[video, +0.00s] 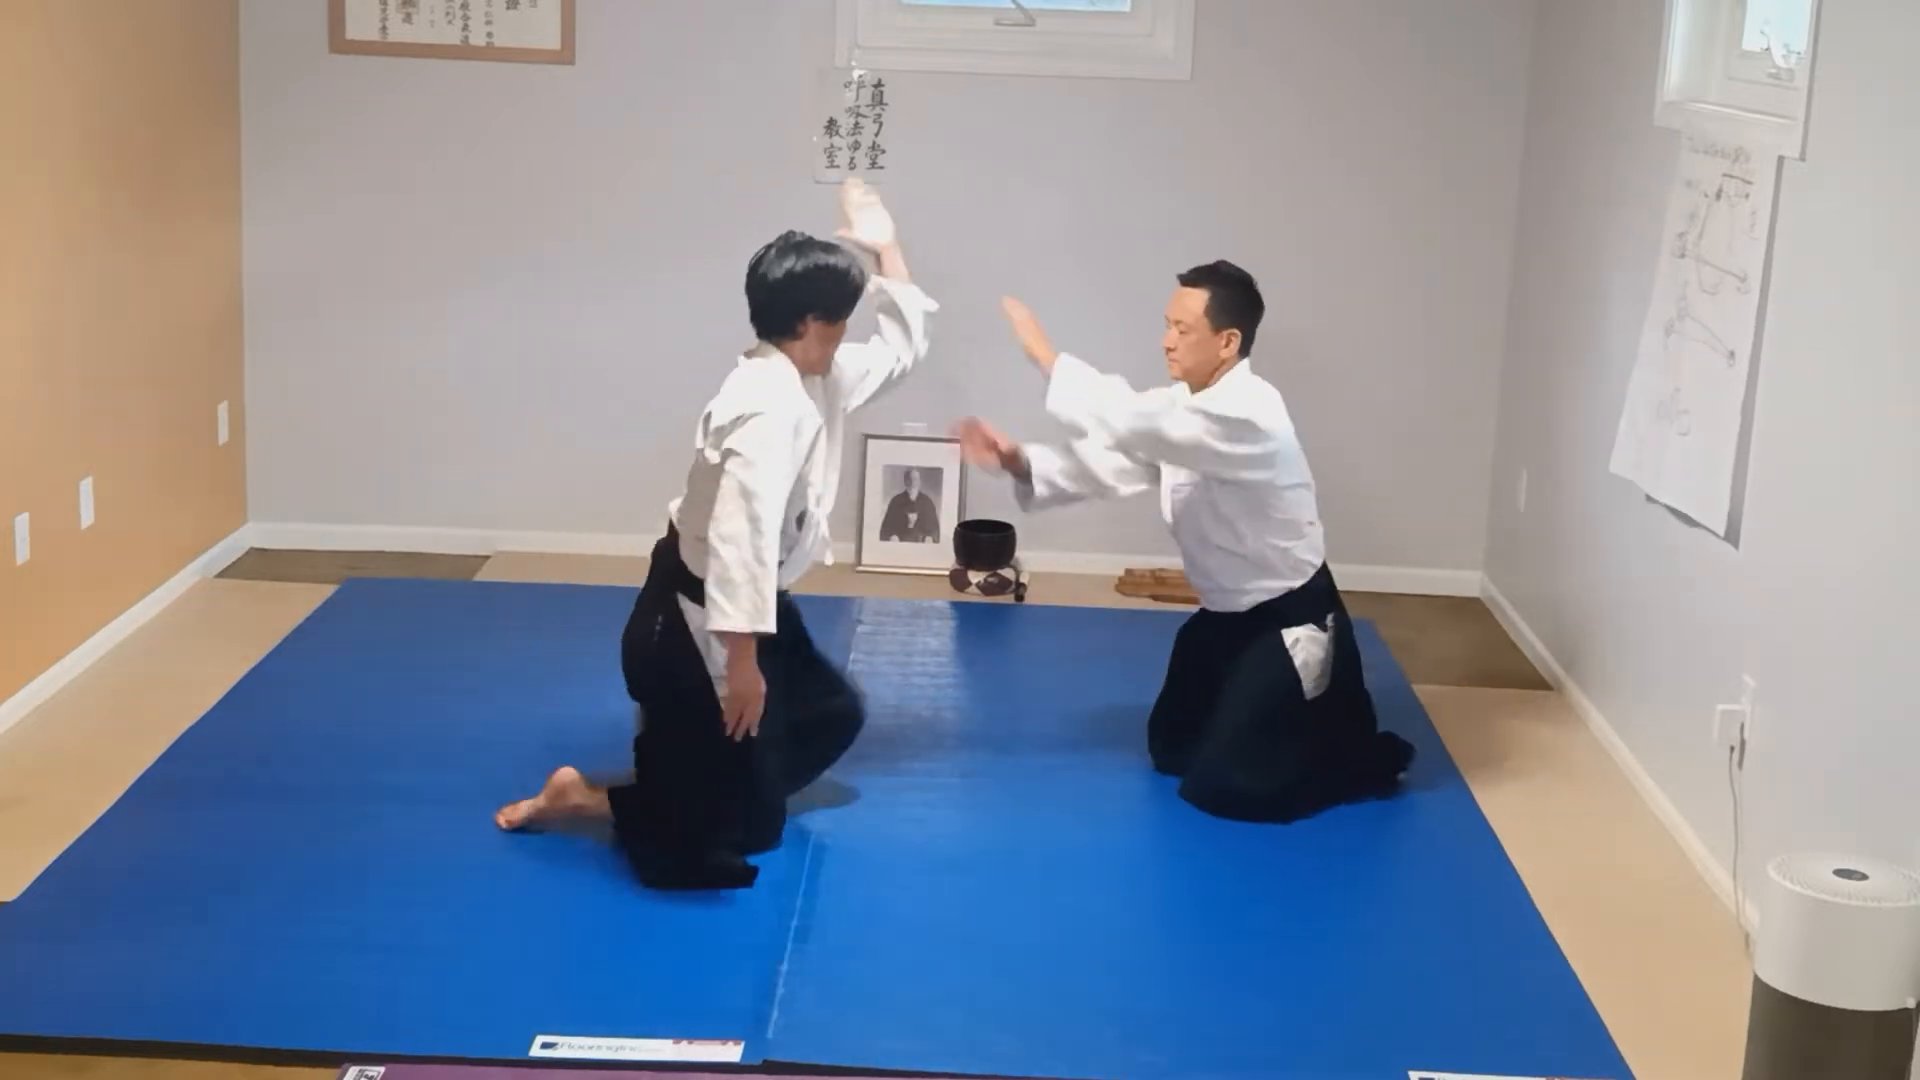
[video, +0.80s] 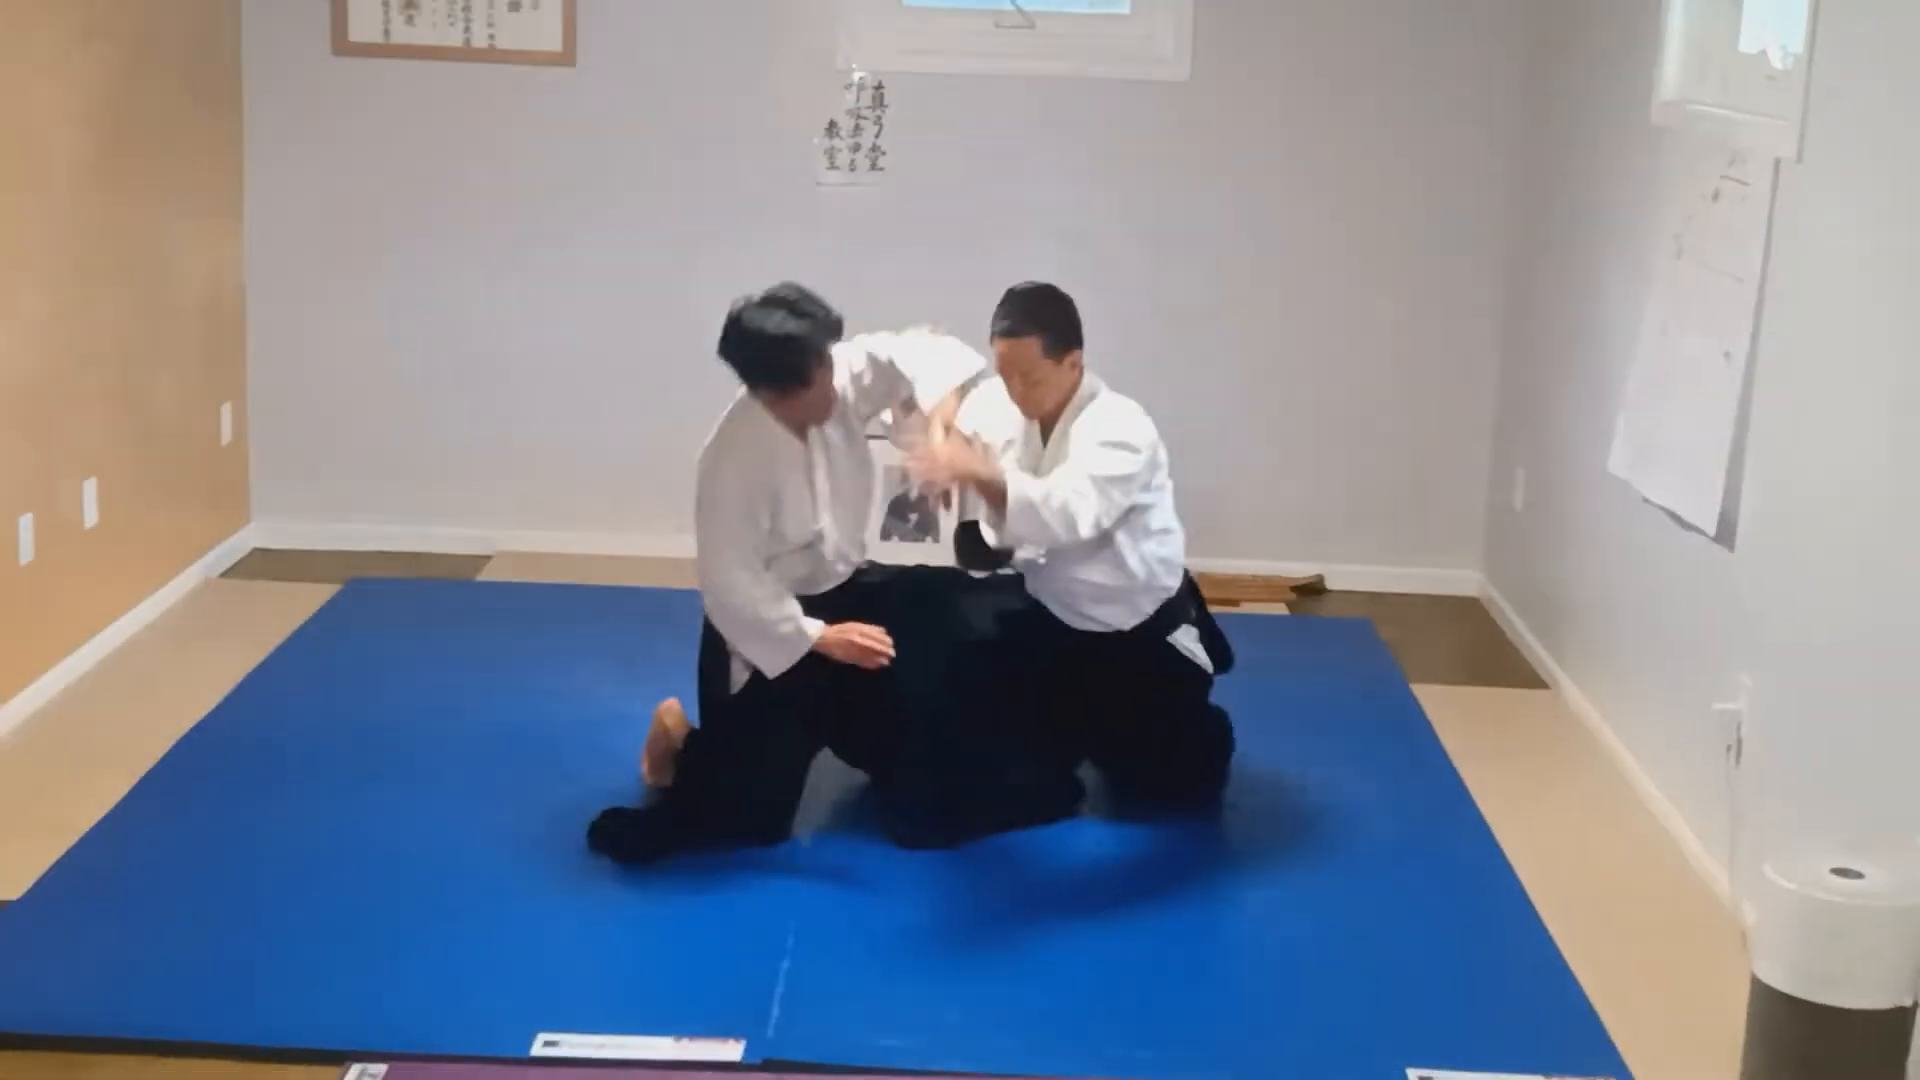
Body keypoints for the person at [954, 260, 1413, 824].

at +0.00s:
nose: (1166, 341)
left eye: (1180, 329)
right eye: (1167, 326)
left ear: (1228, 341)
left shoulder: (1248, 412)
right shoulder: (1181, 412)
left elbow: (1140, 419)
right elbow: (1107, 465)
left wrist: (1047, 357)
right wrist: (1018, 459)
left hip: (1291, 629)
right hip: (1221, 625)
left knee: (1223, 786)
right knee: (1173, 752)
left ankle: (1356, 757)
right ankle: (1311, 719)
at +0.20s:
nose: (1156, 333)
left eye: (1172, 321)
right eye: (1154, 319)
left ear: (1220, 328)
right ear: (1153, 318)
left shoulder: (1245, 384)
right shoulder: (1150, 400)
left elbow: (1140, 351)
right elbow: (1065, 419)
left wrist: (1038, 266)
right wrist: (987, 383)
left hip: (1271, 619)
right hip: (1193, 613)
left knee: (1229, 791)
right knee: (1152, 756)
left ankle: (1356, 758)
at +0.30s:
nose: (1137, 331)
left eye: (1151, 322)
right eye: (1132, 317)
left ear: (1201, 324)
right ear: (1131, 306)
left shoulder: (1239, 379)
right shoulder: (1135, 396)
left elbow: (1132, 340)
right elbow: (1066, 424)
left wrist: (1040, 249)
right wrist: (988, 369)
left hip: (1257, 618)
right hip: (1171, 607)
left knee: (1235, 796)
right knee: (1097, 715)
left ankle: (1343, 747)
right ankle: (1166, 770)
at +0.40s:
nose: (1116, 324)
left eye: (1128, 311)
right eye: (1112, 311)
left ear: (1170, 308)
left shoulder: (1222, 368)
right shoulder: (1120, 393)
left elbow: (1108, 334)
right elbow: (1046, 426)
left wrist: (1031, 237)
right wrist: (979, 360)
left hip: (1245, 612)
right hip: (1147, 600)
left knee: (1245, 801)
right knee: (1051, 657)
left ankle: (1349, 747)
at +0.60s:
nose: (1062, 329)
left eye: (1072, 313)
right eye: (1058, 315)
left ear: (1108, 312)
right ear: (1051, 321)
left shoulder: (1173, 377)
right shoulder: (1049, 400)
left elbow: (1093, 394)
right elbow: (948, 387)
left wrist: (1008, 305)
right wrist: (952, 300)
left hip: (1204, 639)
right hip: (1097, 638)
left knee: (1240, 808)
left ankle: (1291, 728)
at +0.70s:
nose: (1047, 342)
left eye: (1054, 324)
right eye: (1039, 326)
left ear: (1082, 321)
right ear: (1034, 328)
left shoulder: (1145, 386)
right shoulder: (1054, 401)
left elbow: (1094, 461)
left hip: (1185, 649)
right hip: (1085, 651)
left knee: (1222, 824)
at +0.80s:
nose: (1016, 393)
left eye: (1029, 378)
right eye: (1005, 377)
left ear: (1073, 362)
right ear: (996, 364)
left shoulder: (1120, 428)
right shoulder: (999, 413)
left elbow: (1070, 514)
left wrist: (983, 476)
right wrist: (945, 464)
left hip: (1143, 640)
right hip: (1053, 630)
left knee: (1158, 783)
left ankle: (1203, 737)